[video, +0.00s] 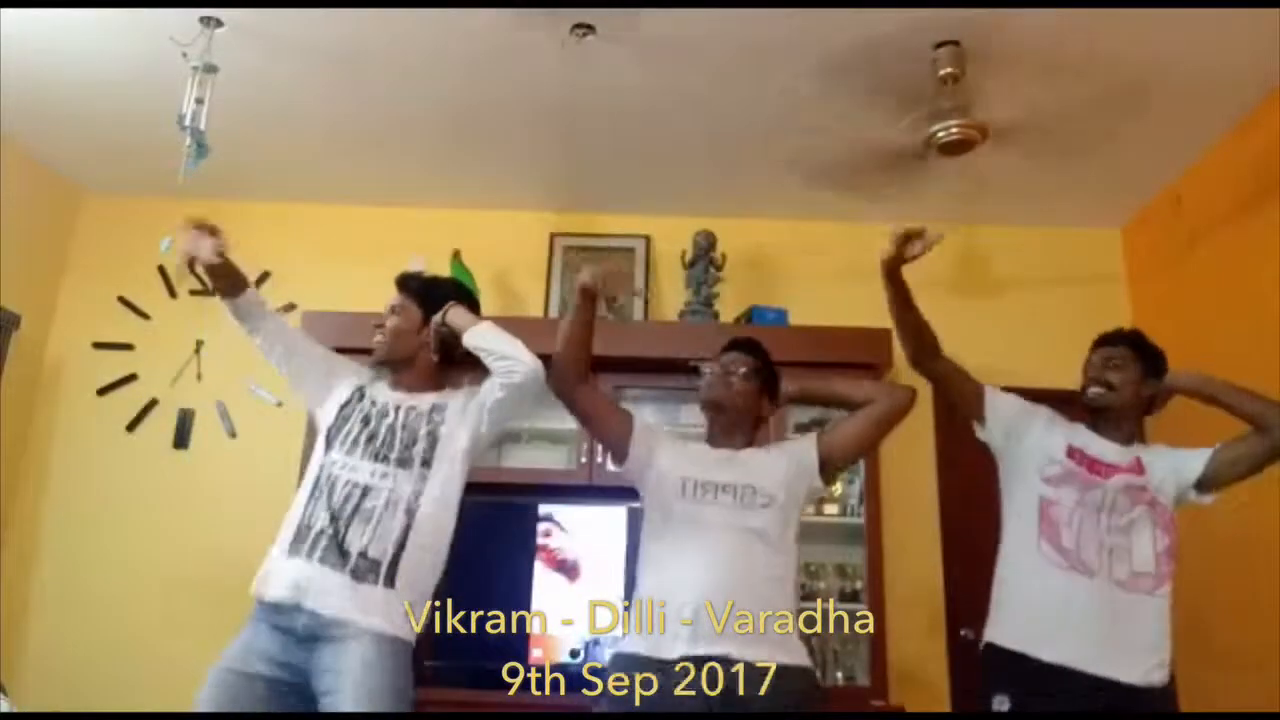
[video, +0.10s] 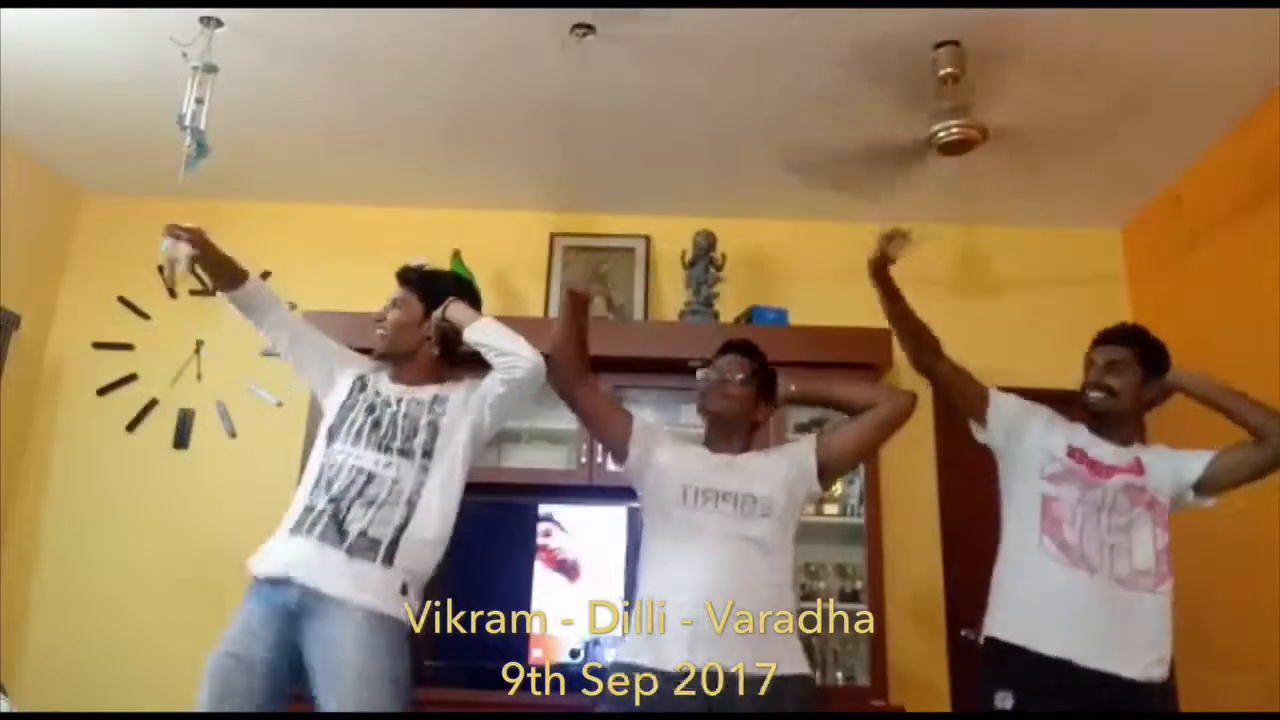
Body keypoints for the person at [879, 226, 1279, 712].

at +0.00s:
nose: (1095, 371)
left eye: (1114, 364)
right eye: (1090, 365)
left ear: (1150, 390)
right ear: (1081, 381)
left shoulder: (1167, 470)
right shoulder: (1028, 428)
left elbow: (1273, 433)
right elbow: (928, 360)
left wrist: (1189, 384)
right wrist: (892, 274)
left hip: (1136, 689)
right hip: (1029, 673)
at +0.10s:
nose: (1095, 377)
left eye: (1114, 368)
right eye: (1090, 367)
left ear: (1149, 388)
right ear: (1080, 377)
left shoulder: (1165, 471)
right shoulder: (1026, 427)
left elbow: (1273, 444)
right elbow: (933, 362)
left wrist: (1183, 381)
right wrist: (882, 277)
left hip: (1134, 686)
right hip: (1027, 670)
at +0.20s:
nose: (1097, 388)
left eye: (1116, 382)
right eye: (1091, 379)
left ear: (1149, 407)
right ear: (1078, 391)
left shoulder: (1163, 482)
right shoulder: (1028, 444)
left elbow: (1270, 476)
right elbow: (930, 389)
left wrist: (1182, 399)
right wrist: (902, 291)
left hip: (1134, 690)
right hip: (1029, 674)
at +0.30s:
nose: (1094, 387)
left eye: (1114, 380)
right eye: (1087, 381)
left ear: (1149, 412)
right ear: (1074, 401)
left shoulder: (1161, 487)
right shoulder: (1023, 450)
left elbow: (1270, 477)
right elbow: (923, 387)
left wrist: (1180, 409)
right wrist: (914, 277)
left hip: (1136, 696)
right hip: (1029, 685)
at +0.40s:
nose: (1090, 373)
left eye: (1109, 364)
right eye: (1083, 364)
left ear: (1142, 386)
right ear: (1074, 378)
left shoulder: (1152, 468)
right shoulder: (1019, 422)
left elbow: (1268, 460)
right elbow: (928, 373)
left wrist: (1197, 383)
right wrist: (946, 271)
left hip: (1119, 679)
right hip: (1016, 665)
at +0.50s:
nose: (1090, 365)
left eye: (1109, 356)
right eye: (1084, 353)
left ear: (1141, 374)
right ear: (1073, 362)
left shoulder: (1150, 453)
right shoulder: (1021, 406)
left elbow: (1265, 472)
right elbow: (927, 385)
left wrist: (1227, 382)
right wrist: (975, 298)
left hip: (1106, 664)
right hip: (1007, 643)